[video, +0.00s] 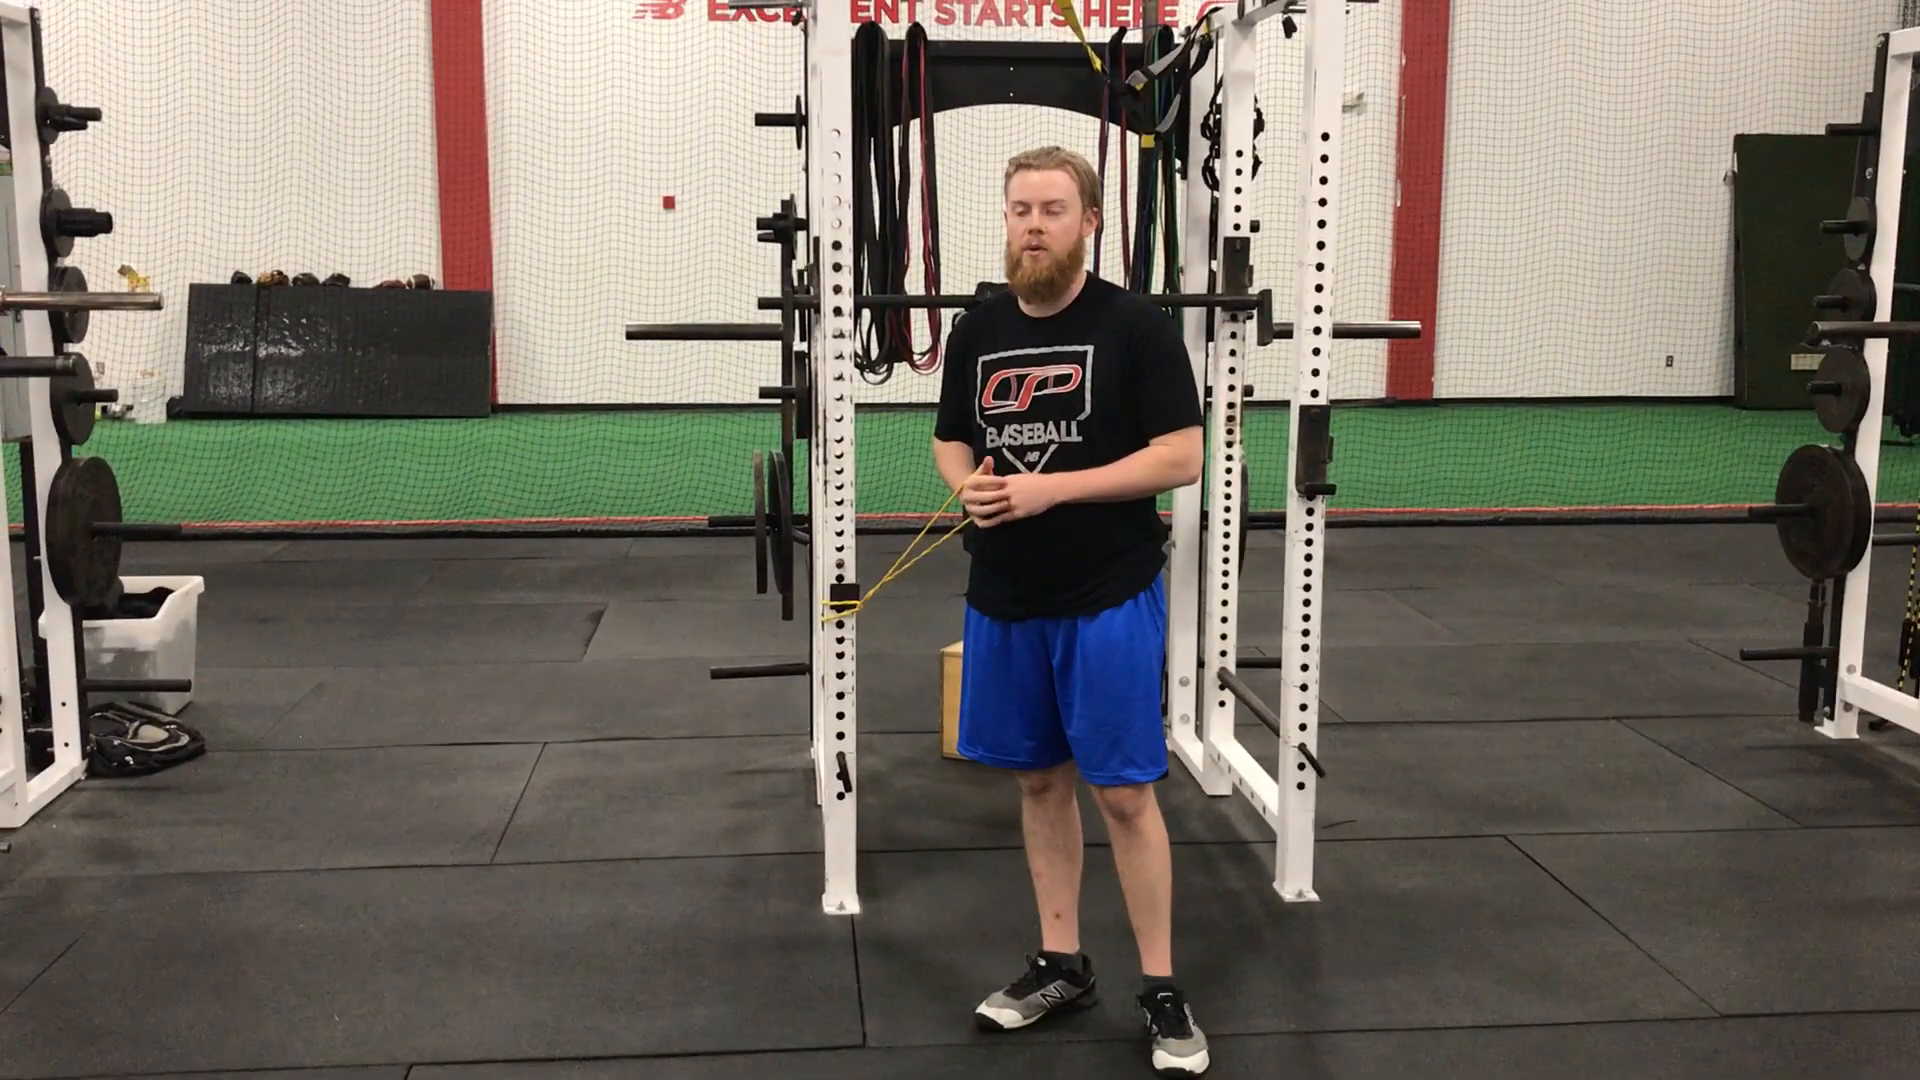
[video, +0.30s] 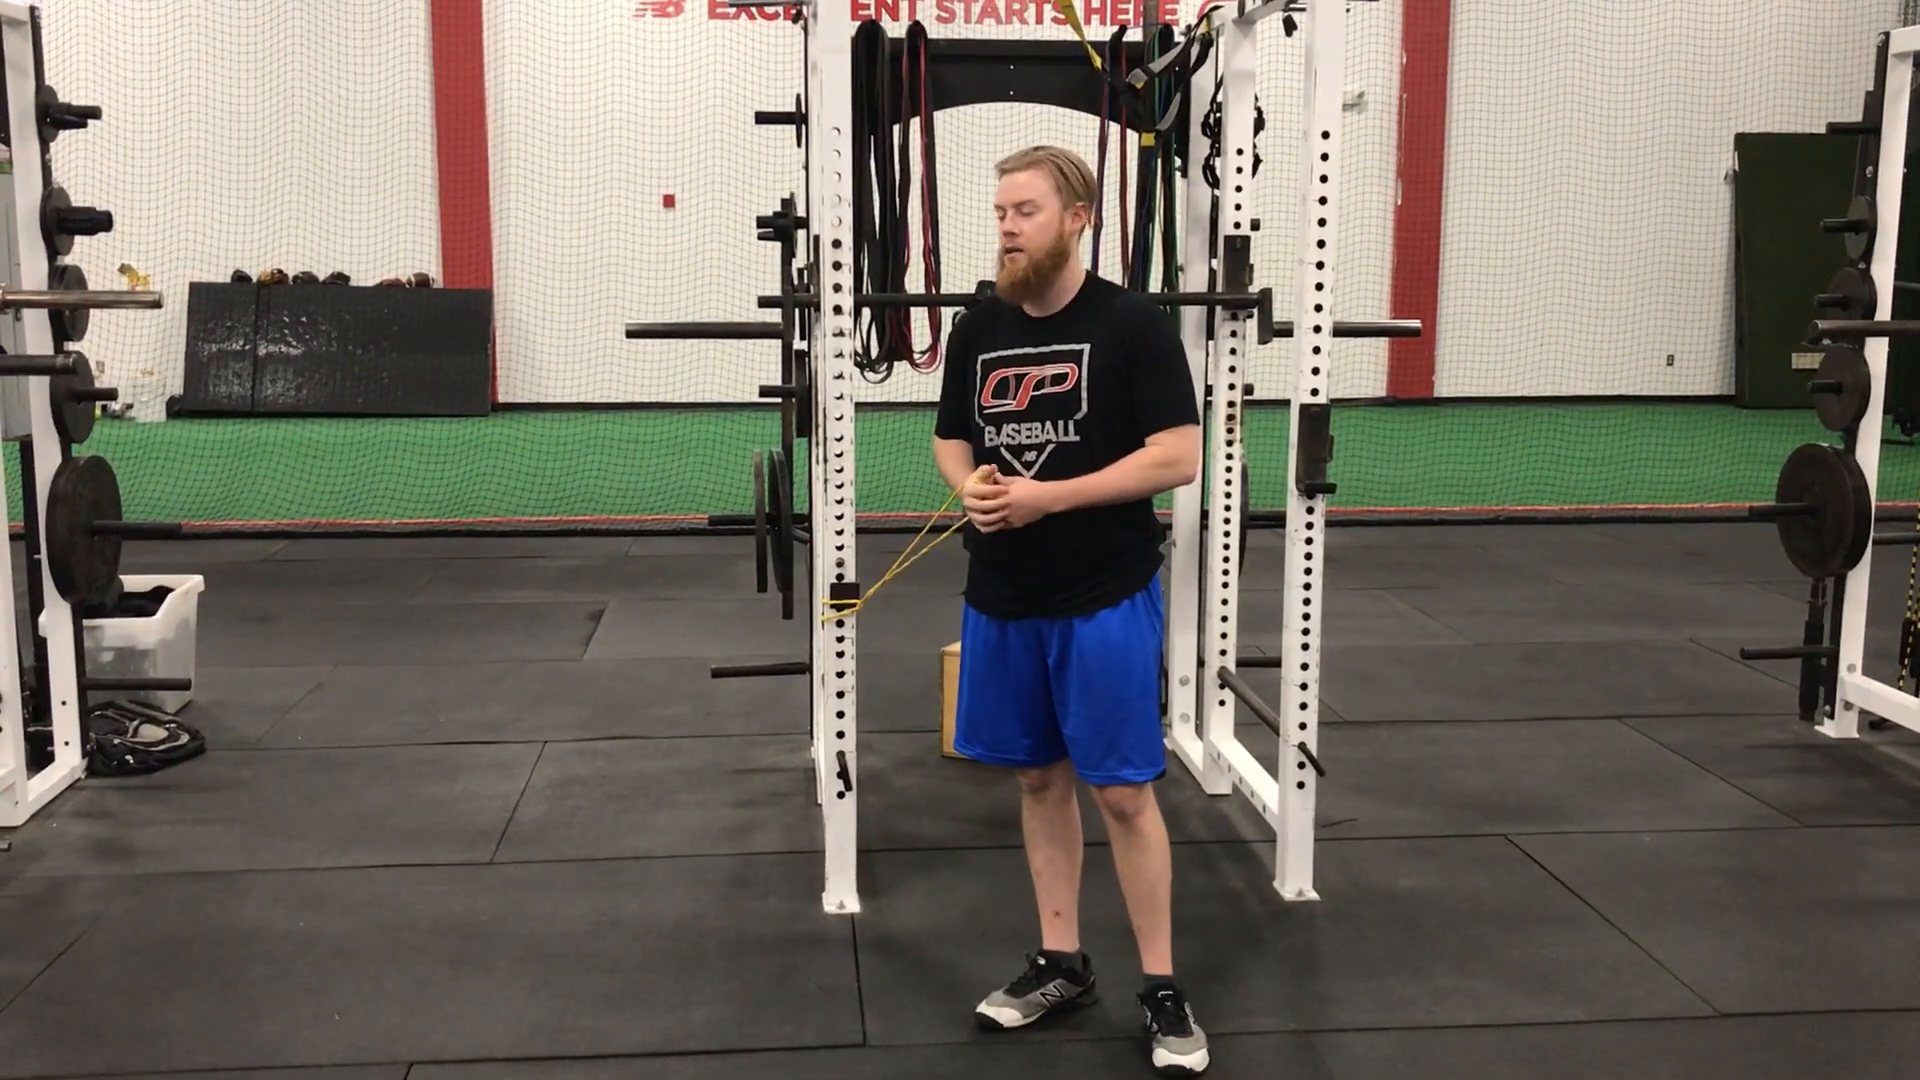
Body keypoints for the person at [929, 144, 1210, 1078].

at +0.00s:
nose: (1030, 225)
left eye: (1050, 210)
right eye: (1019, 210)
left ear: (1089, 224)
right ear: (1002, 222)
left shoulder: (1136, 326)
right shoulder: (978, 326)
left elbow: (1183, 456)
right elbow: (950, 444)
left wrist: (1053, 486)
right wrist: (973, 487)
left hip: (1112, 600)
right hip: (1008, 601)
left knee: (1125, 797)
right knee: (1040, 783)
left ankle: (1160, 990)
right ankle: (1061, 963)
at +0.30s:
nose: (1005, 228)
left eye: (1024, 211)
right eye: (999, 213)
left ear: (1076, 220)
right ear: (995, 223)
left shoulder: (1133, 323)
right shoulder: (977, 327)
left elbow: (1180, 455)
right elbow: (950, 444)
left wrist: (1050, 494)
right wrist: (975, 487)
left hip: (1109, 600)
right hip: (1006, 601)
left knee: (1124, 796)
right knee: (1040, 782)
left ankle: (1160, 989)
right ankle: (1061, 963)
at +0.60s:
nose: (999, 225)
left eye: (1017, 207)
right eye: (996, 209)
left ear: (1072, 215)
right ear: (997, 219)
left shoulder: (1131, 316)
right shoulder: (981, 320)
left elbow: (1168, 450)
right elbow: (956, 436)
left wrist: (1034, 490)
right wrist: (965, 485)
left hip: (1107, 595)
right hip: (1009, 595)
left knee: (1122, 791)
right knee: (1042, 777)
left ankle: (1161, 986)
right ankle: (1062, 960)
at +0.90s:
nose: (1018, 213)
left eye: (1037, 198)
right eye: (1011, 199)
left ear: (1086, 210)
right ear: (1004, 211)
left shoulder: (1137, 312)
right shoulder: (986, 316)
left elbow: (1172, 447)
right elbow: (966, 432)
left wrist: (1038, 488)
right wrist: (969, 485)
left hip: (1111, 589)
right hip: (1013, 589)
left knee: (1126, 785)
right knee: (1047, 772)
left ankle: (1165, 979)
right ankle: (1065, 953)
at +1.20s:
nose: (1043, 201)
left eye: (1063, 188)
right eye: (1033, 186)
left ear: (1102, 206)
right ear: (1015, 201)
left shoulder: (1147, 305)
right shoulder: (991, 308)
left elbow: (1180, 441)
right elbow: (969, 433)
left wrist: (1050, 480)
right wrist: (975, 484)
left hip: (1121, 581)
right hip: (1019, 583)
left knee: (1134, 779)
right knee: (1051, 764)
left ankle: (1169, 972)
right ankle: (1068, 945)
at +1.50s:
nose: (1037, 202)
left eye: (1057, 187)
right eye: (1029, 187)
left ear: (1102, 200)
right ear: (1021, 199)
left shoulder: (1152, 305)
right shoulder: (999, 301)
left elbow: (1182, 442)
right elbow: (986, 408)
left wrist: (1050, 476)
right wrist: (948, 438)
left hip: (1122, 578)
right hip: (1024, 579)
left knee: (1134, 774)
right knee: (1057, 760)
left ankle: (1172, 966)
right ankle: (1072, 940)